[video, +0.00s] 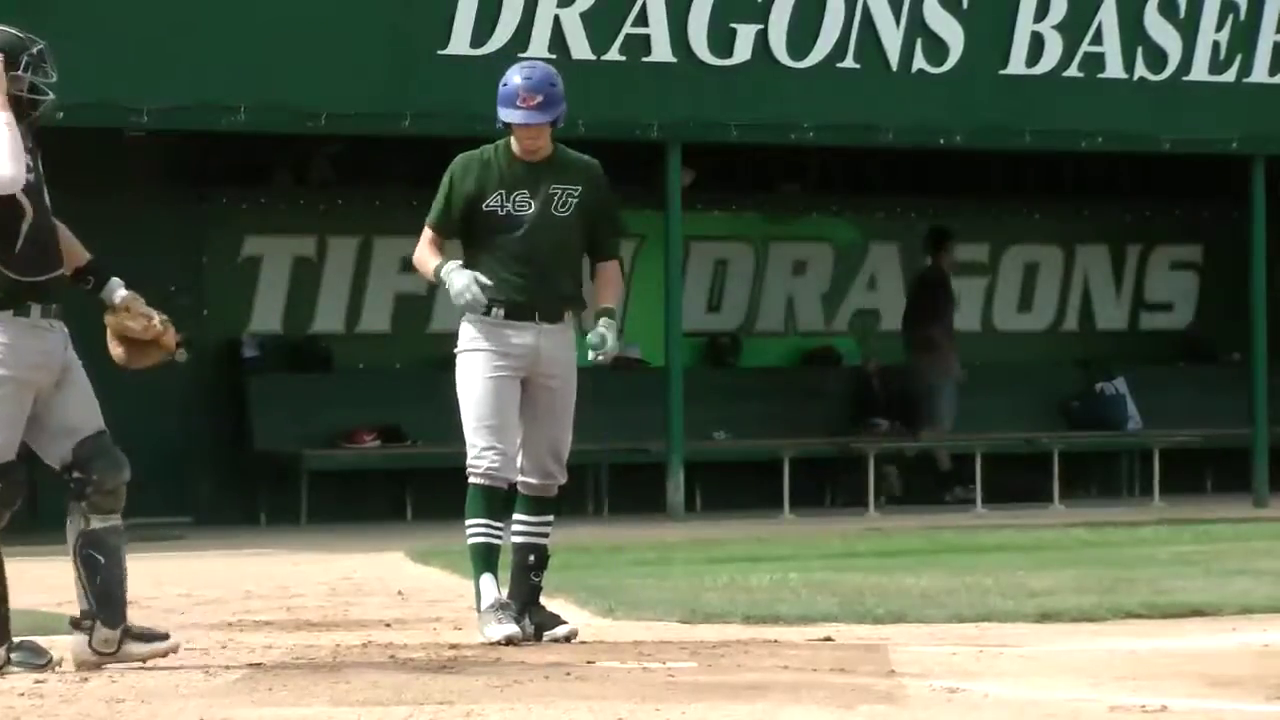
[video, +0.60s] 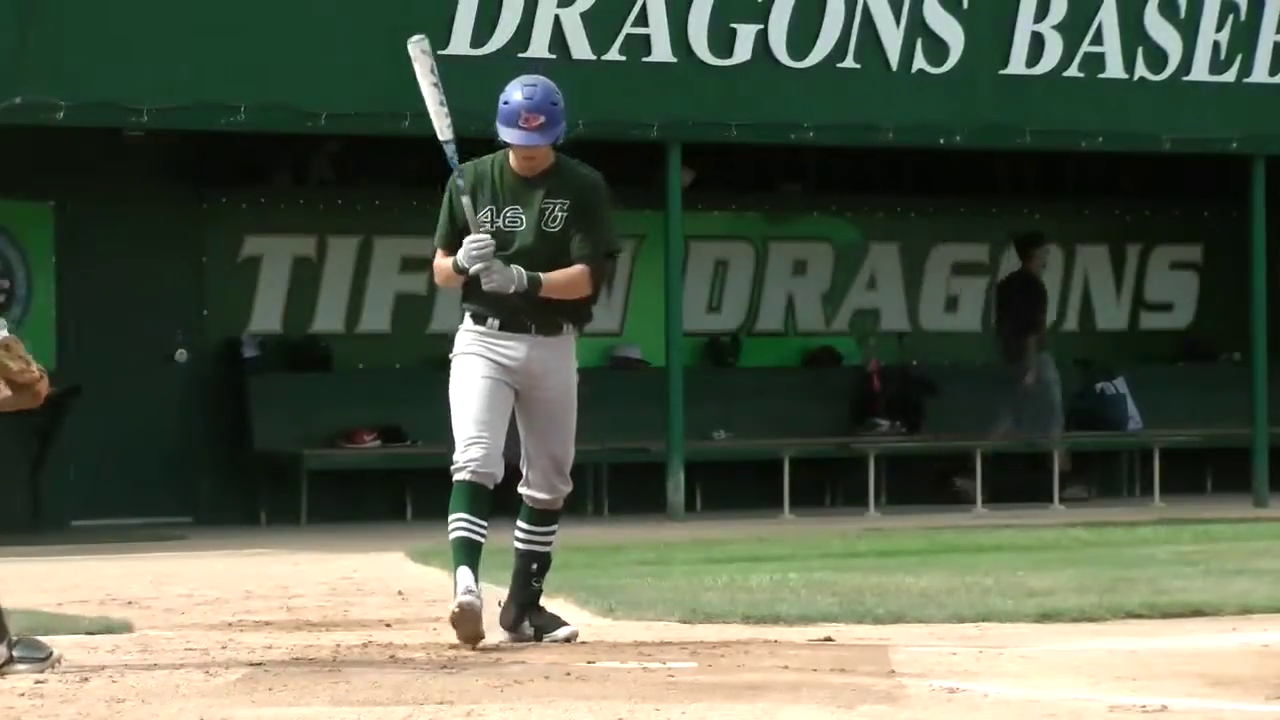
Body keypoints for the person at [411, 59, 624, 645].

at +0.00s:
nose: (529, 132)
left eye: (539, 121)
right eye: (519, 122)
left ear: (558, 116)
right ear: (503, 116)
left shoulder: (588, 178)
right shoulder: (469, 171)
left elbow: (607, 260)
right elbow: (425, 247)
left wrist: (606, 319)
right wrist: (449, 272)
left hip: (558, 339)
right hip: (488, 336)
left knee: (543, 472)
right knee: (490, 463)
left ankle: (526, 604)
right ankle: (489, 603)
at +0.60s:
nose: (528, 151)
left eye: (538, 141)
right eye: (519, 140)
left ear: (558, 133)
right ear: (503, 130)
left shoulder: (583, 188)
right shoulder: (469, 182)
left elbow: (588, 279)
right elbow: (442, 272)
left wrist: (525, 280)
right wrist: (463, 262)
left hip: (552, 349)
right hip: (482, 343)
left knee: (548, 482)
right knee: (476, 461)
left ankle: (522, 607)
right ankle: (467, 592)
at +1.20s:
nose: (491, 163)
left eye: (501, 152)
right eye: (481, 153)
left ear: (517, 140)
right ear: (460, 139)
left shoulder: (542, 185)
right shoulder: (428, 181)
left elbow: (531, 282)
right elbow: (404, 274)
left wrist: (447, 282)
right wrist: (401, 261)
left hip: (539, 346)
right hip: (465, 347)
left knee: (568, 473)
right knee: (458, 471)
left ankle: (601, 572)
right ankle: (466, 609)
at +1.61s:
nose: (528, 160)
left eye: (538, 148)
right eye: (517, 149)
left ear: (553, 140)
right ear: (497, 142)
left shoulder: (577, 189)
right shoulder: (473, 187)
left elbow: (553, 292)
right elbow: (457, 267)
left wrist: (481, 319)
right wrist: (439, 302)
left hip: (594, 349)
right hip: (518, 350)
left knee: (633, 476)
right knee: (487, 474)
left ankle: (684, 613)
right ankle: (472, 611)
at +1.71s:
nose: (552, 164)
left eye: (561, 152)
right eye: (540, 154)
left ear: (577, 144)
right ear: (521, 147)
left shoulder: (604, 193)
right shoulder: (496, 194)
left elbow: (593, 293)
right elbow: (484, 276)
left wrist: (528, 346)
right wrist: (480, 331)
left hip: (613, 348)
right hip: (536, 351)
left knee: (645, 473)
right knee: (501, 474)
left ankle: (687, 613)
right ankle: (476, 612)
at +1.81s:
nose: (578, 163)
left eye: (587, 151)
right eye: (567, 153)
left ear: (602, 142)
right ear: (546, 145)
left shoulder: (633, 193)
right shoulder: (516, 199)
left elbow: (626, 293)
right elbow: (515, 295)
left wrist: (589, 359)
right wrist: (531, 358)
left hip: (628, 344)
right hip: (552, 347)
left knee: (661, 471)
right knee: (514, 473)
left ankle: (689, 613)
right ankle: (478, 611)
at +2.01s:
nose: (650, 139)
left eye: (648, 130)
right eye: (638, 133)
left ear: (645, 131)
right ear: (605, 139)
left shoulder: (670, 187)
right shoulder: (565, 204)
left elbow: (670, 285)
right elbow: (583, 310)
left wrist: (648, 361)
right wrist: (621, 377)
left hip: (640, 341)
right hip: (568, 342)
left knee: (667, 474)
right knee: (524, 471)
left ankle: (689, 615)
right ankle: (478, 609)